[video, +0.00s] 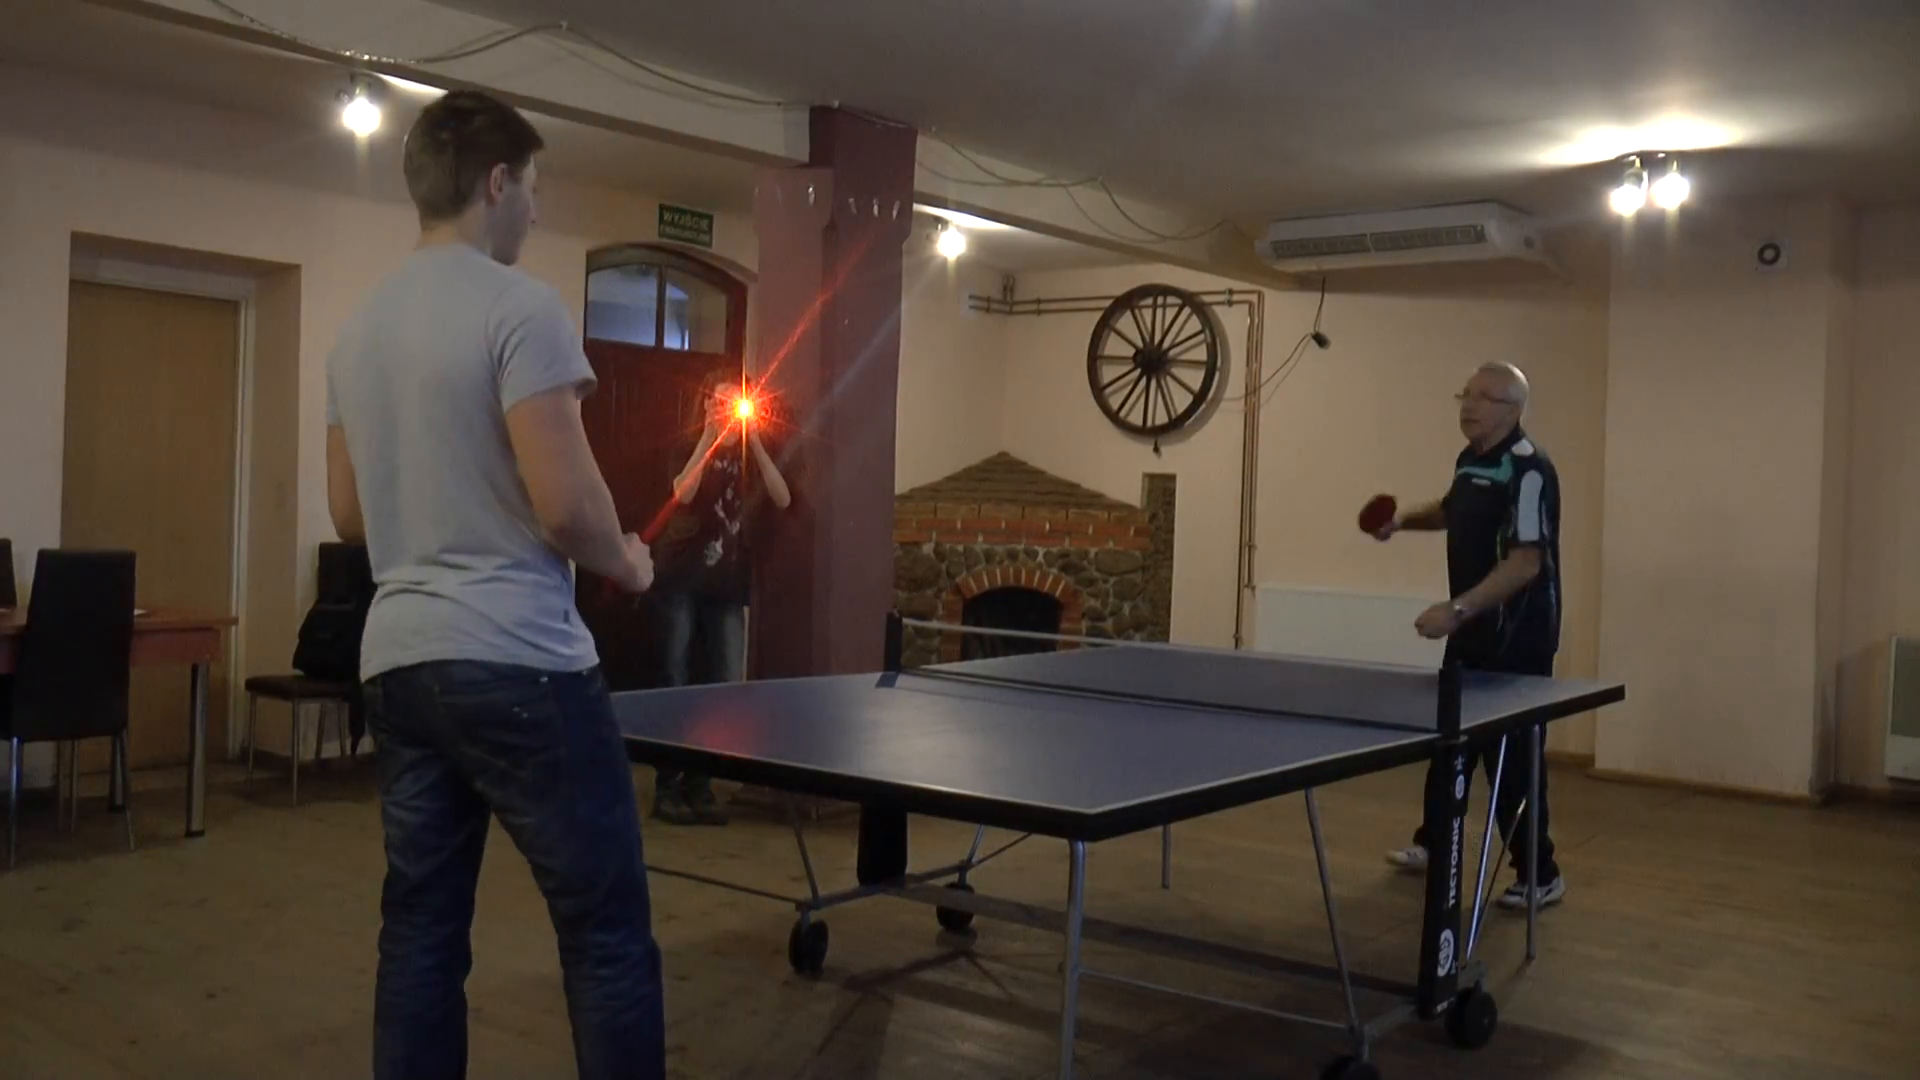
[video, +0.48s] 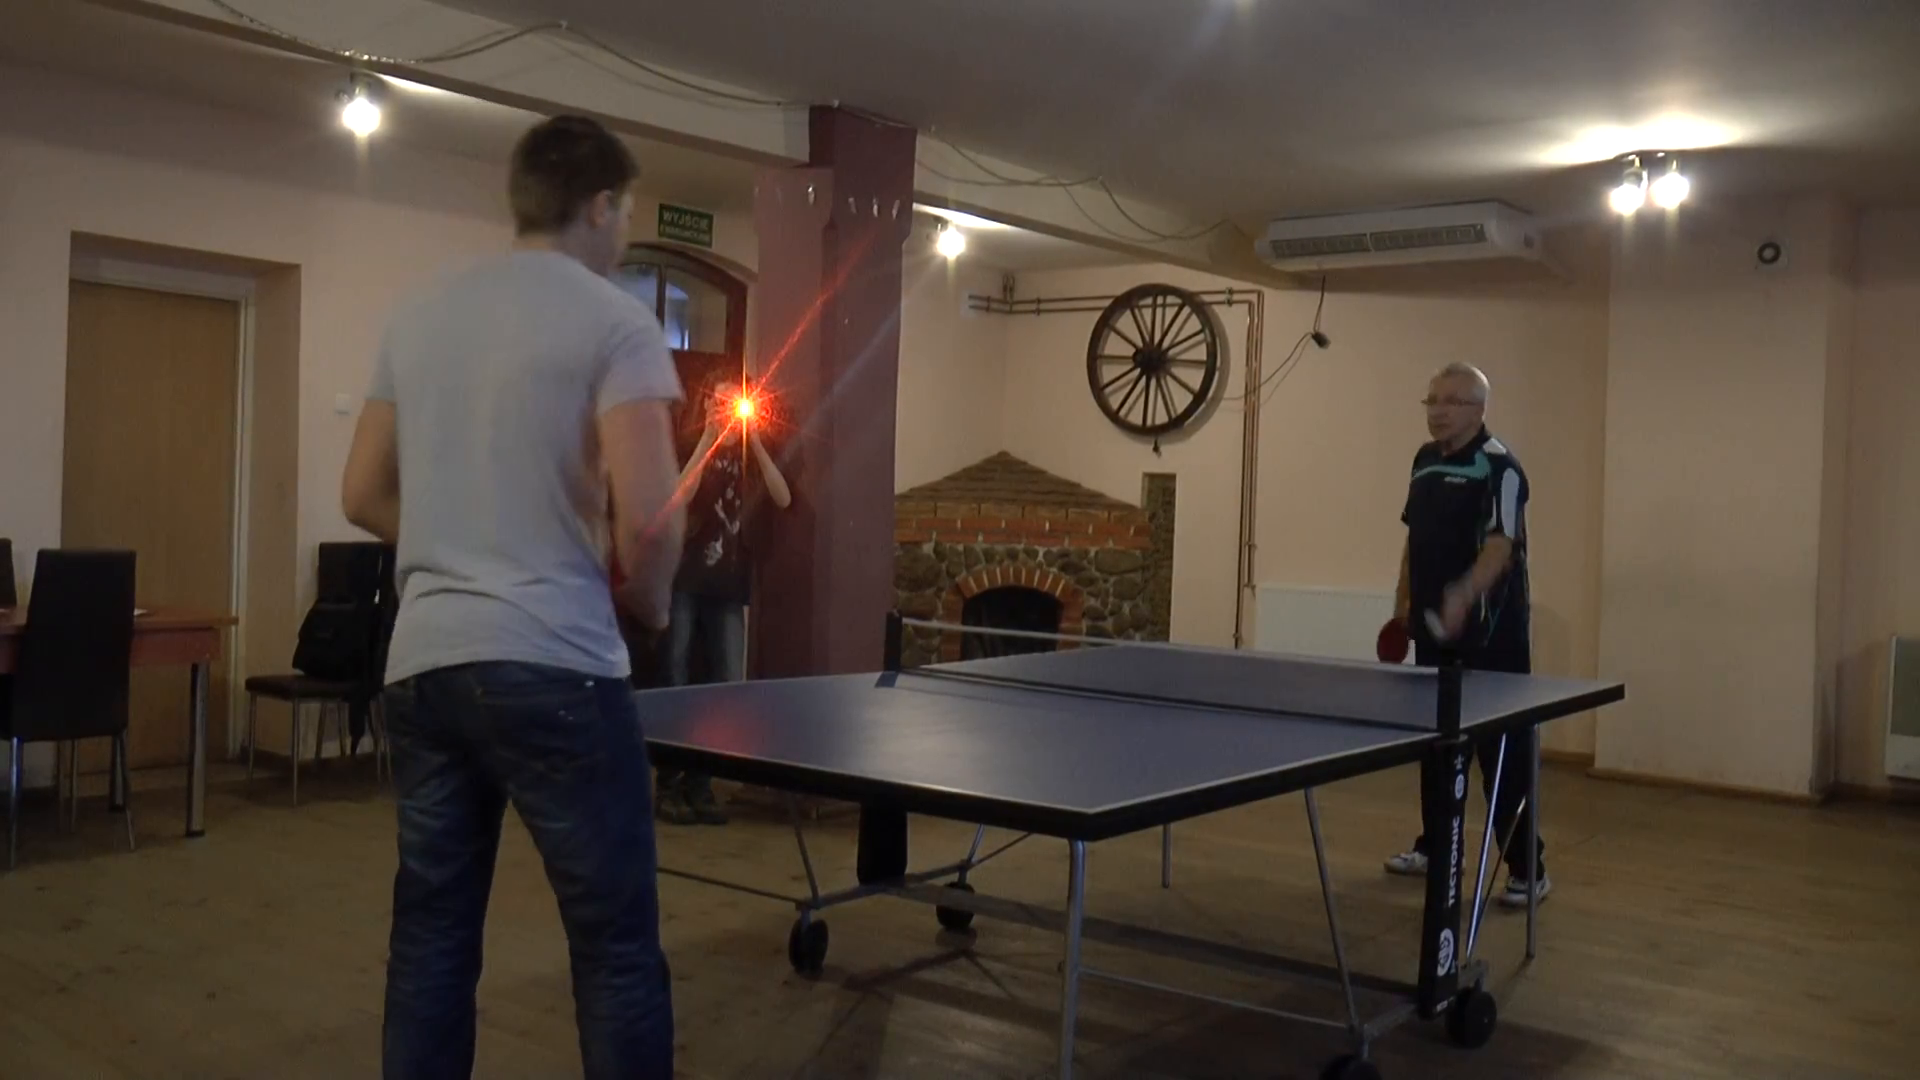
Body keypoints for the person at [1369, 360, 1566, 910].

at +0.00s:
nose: (1466, 405)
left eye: (1480, 398)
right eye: (1465, 396)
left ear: (1512, 411)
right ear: (1468, 402)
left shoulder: (1530, 471)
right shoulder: (1471, 460)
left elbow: (1526, 562)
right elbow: (1451, 512)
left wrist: (1458, 608)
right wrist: (1401, 518)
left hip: (1517, 642)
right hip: (1471, 632)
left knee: (1514, 759)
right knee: (1451, 741)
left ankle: (1539, 873)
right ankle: (1436, 842)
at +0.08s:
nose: (1462, 408)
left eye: (1475, 400)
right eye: (1459, 398)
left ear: (1507, 411)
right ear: (1460, 403)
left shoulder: (1524, 470)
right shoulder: (1467, 459)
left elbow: (1521, 561)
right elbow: (1456, 522)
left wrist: (1453, 608)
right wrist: (1398, 542)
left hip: (1513, 644)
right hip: (1466, 634)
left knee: (1513, 759)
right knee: (1448, 744)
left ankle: (1538, 872)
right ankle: (1433, 845)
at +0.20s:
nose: (1455, 411)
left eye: (1469, 404)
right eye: (1451, 401)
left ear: (1500, 413)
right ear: (1447, 405)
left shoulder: (1518, 472)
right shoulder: (1451, 464)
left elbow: (1523, 565)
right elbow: (1442, 542)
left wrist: (1468, 627)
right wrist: (1404, 586)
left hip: (1506, 645)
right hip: (1454, 637)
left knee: (1510, 760)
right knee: (1445, 747)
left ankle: (1537, 871)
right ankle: (1437, 846)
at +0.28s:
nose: (1446, 409)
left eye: (1460, 401)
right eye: (1444, 399)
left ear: (1489, 411)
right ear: (1441, 405)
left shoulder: (1512, 473)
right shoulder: (1441, 463)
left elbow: (1521, 567)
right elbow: (1436, 554)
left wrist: (1489, 642)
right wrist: (1407, 618)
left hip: (1497, 642)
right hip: (1444, 634)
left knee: (1505, 758)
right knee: (1437, 748)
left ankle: (1536, 871)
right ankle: (1436, 847)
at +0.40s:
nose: (1440, 408)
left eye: (1454, 400)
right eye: (1436, 399)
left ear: (1481, 410)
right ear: (1430, 404)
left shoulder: (1503, 471)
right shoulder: (1430, 461)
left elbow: (1512, 565)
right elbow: (1425, 548)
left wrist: (1486, 634)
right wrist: (1412, 617)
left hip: (1490, 636)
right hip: (1437, 629)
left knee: (1503, 755)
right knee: (1435, 745)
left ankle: (1530, 869)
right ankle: (1435, 846)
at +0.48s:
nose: (1437, 411)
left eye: (1451, 403)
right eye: (1433, 401)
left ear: (1478, 410)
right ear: (1428, 406)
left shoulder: (1500, 468)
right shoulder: (1426, 460)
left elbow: (1502, 547)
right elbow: (1416, 540)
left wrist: (1463, 595)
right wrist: (1403, 609)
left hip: (1494, 635)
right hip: (1437, 628)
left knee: (1504, 752)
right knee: (1436, 742)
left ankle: (1527, 867)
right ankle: (1435, 844)